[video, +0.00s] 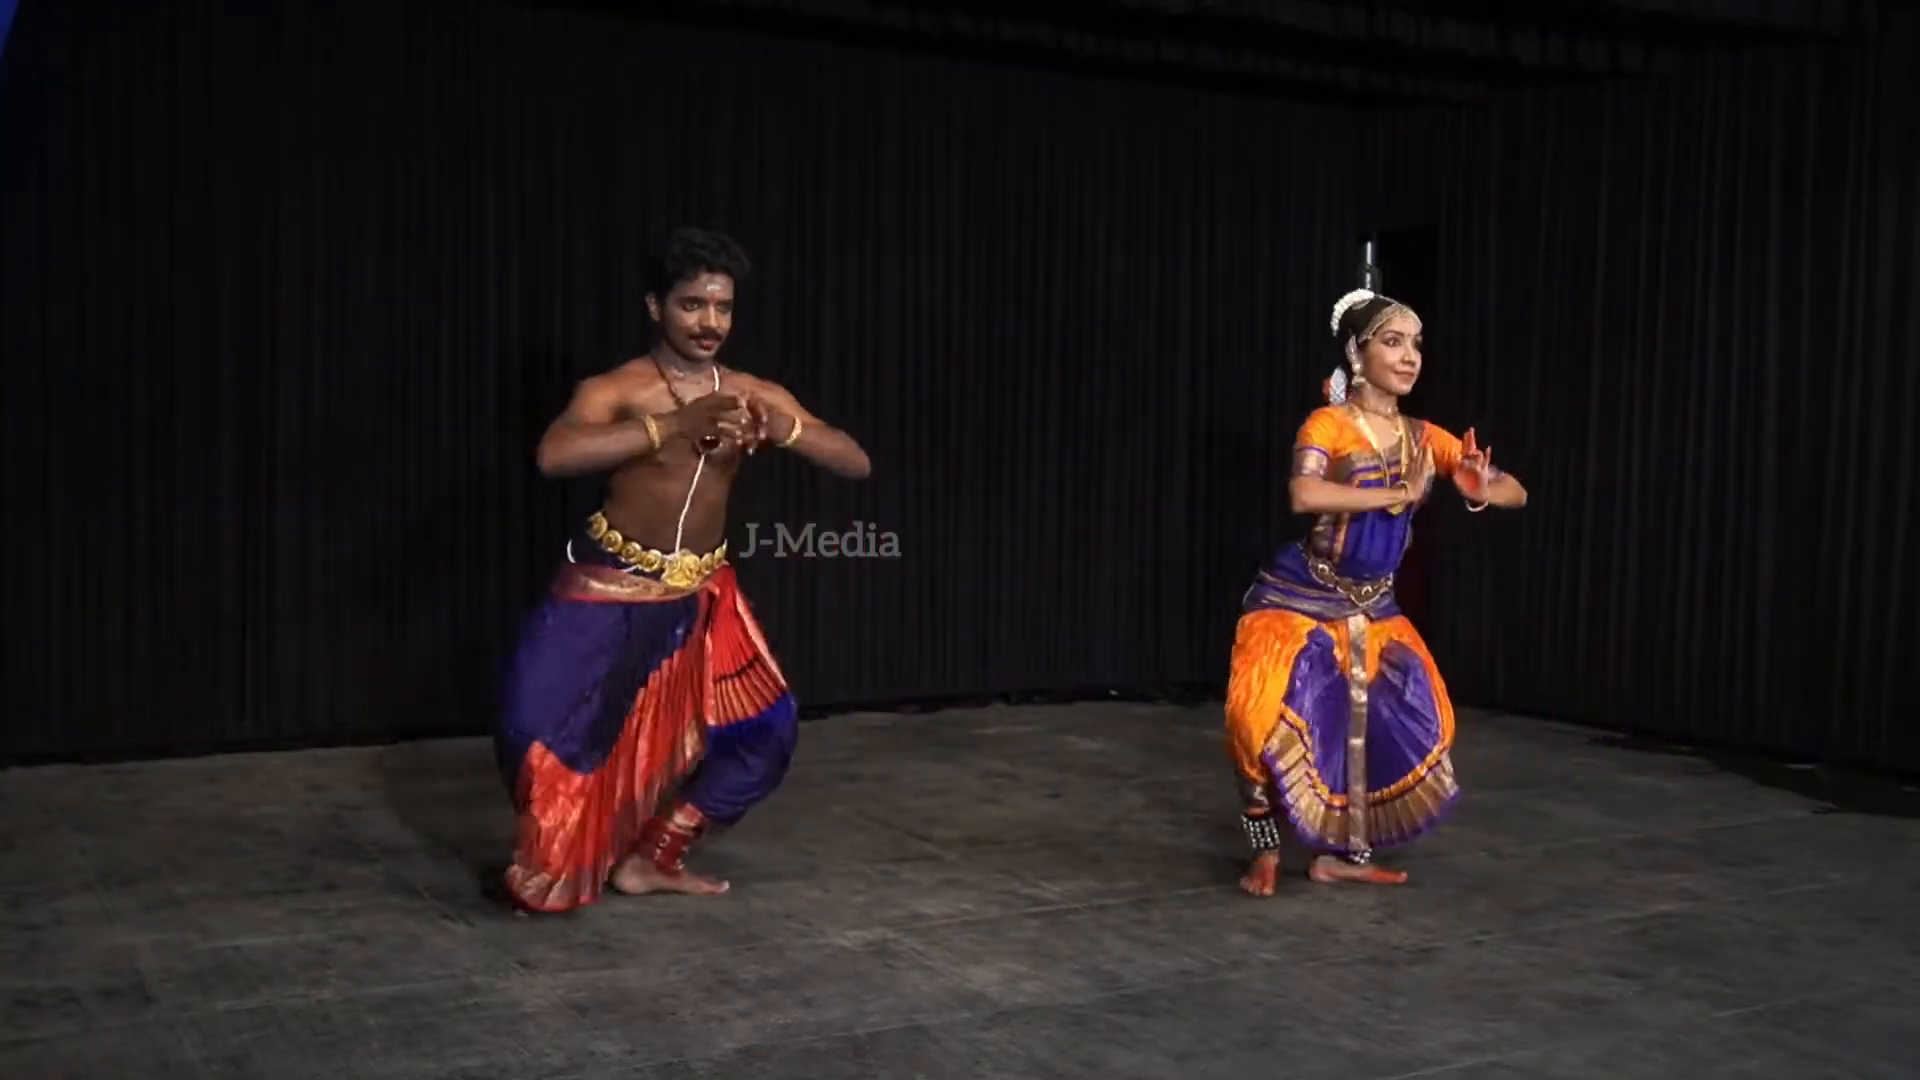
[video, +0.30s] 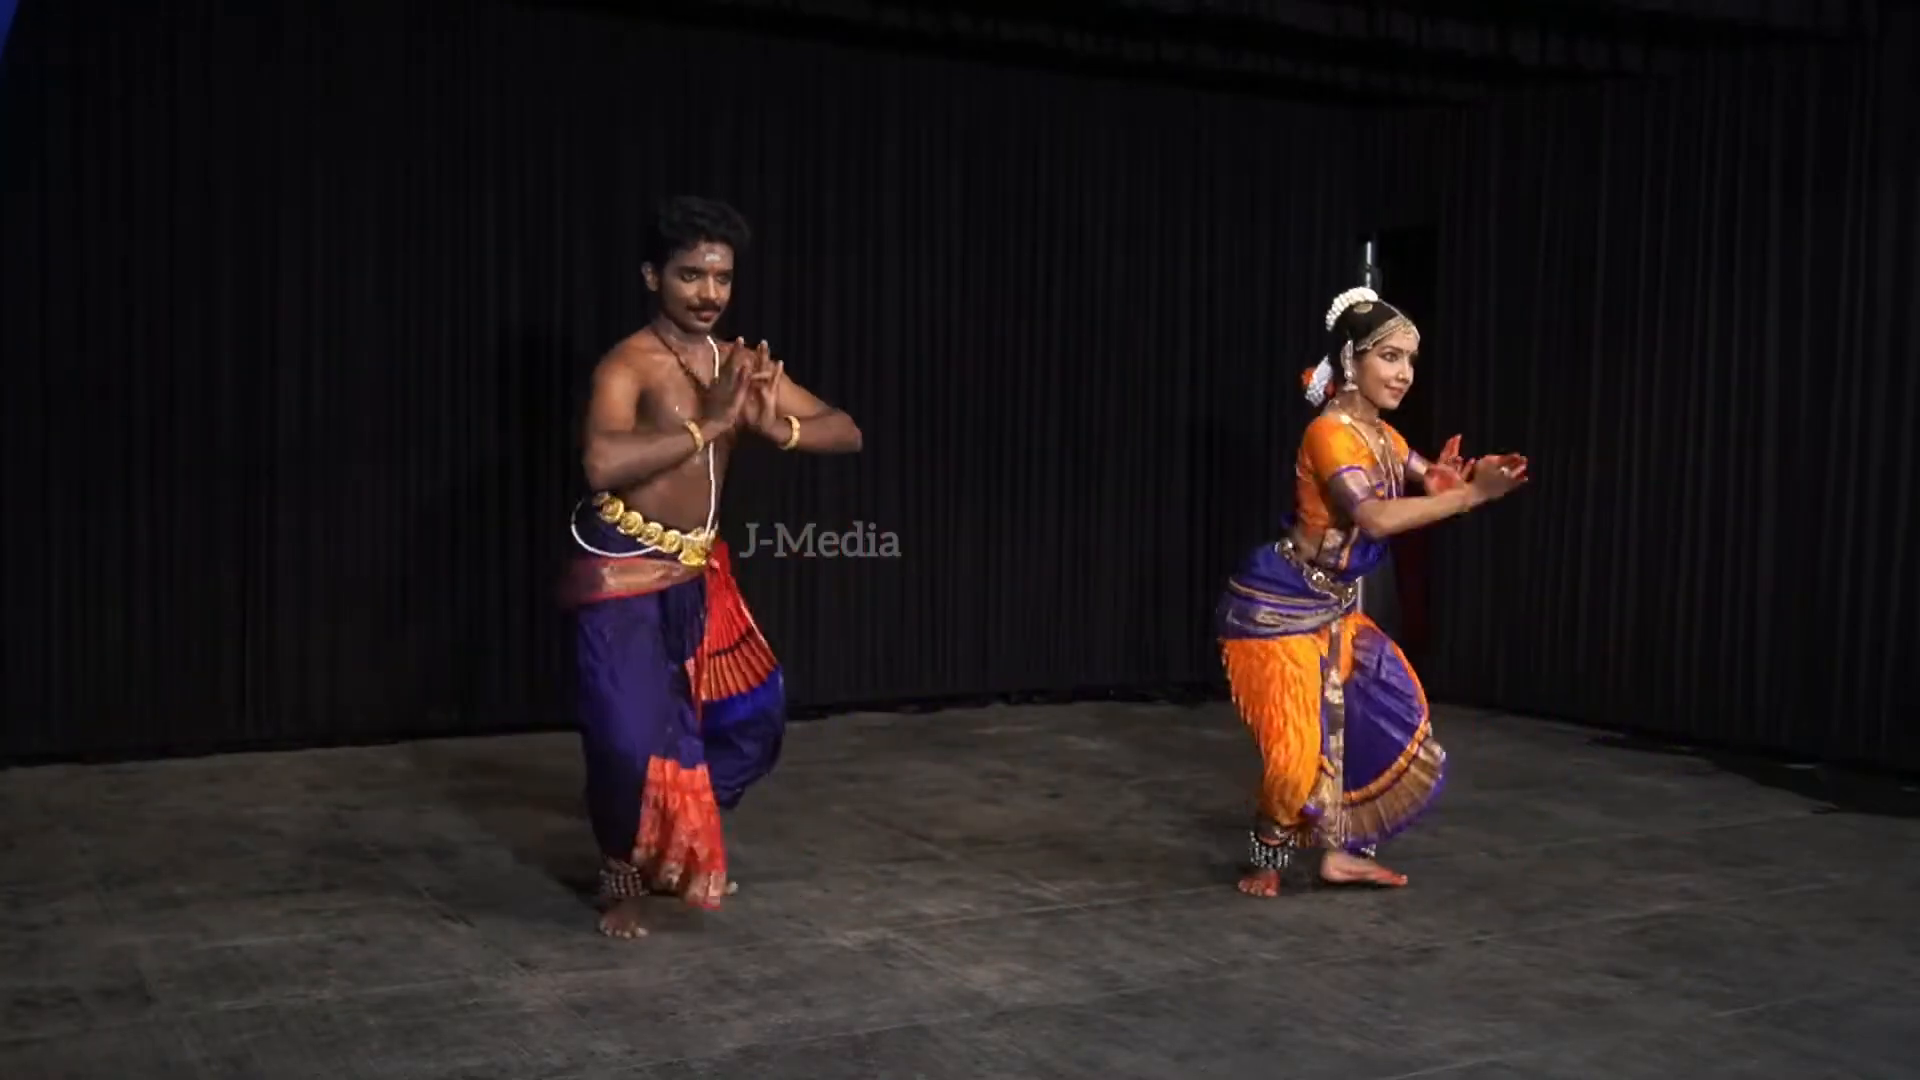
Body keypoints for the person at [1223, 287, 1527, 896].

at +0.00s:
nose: (1410, 355)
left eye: (1416, 344)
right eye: (1394, 342)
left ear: (1421, 357)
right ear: (1358, 354)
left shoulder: (1426, 438)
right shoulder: (1327, 424)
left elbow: (1517, 492)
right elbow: (1304, 494)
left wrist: (1489, 487)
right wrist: (1389, 496)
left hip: (1373, 609)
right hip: (1295, 600)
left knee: (1412, 714)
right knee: (1251, 709)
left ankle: (1341, 851)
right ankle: (1265, 847)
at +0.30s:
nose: (1404, 373)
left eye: (1410, 359)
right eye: (1390, 357)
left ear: (1411, 365)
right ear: (1351, 364)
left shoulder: (1383, 435)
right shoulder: (1330, 433)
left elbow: (1432, 489)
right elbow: (1374, 518)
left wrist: (1464, 485)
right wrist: (1464, 497)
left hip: (1335, 609)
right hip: (1277, 610)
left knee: (1374, 715)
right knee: (1293, 741)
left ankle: (1337, 852)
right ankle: (1268, 858)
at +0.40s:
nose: (1415, 375)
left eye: (1420, 361)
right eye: (1402, 359)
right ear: (1359, 363)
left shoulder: (1366, 418)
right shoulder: (1353, 432)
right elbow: (1460, 462)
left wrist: (1405, 453)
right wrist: (1548, 445)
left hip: (1334, 609)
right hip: (1287, 611)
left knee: (1383, 736)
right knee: (1328, 765)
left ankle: (1338, 869)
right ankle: (1262, 838)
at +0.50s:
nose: (1429, 380)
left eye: (1432, 367)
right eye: (1416, 365)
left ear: (1376, 369)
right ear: (1372, 369)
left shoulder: (1349, 414)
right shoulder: (1382, 442)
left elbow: (1305, 425)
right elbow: (1478, 440)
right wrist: (1575, 429)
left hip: (1330, 611)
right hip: (1309, 614)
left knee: (1400, 743)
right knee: (1391, 743)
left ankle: (1343, 872)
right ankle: (1277, 827)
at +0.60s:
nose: (1437, 384)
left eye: (1439, 370)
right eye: (1423, 369)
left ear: (1376, 378)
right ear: (1380, 374)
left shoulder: (1351, 421)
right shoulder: (1394, 446)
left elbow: (1320, 426)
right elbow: (1493, 441)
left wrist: (1341, 397)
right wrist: (1594, 434)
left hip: (1306, 601)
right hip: (1324, 609)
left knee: (1366, 721)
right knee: (1423, 708)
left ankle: (1345, 866)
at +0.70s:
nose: (1442, 380)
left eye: (1445, 366)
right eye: (1428, 365)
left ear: (1386, 370)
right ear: (1385, 371)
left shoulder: (1369, 421)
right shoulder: (1397, 441)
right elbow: (1495, 444)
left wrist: (1359, 386)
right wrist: (1595, 439)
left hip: (1323, 597)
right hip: (1334, 604)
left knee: (1377, 726)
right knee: (1413, 713)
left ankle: (1347, 870)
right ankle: (1426, 892)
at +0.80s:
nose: (1442, 367)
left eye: (1447, 353)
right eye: (1429, 352)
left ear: (1442, 353)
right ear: (1387, 358)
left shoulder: (1388, 411)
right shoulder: (1388, 426)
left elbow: (1411, 455)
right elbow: (1481, 450)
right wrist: (1576, 434)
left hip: (1350, 594)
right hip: (1336, 597)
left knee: (1395, 720)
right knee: (1408, 718)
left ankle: (1349, 868)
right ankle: (1423, 889)